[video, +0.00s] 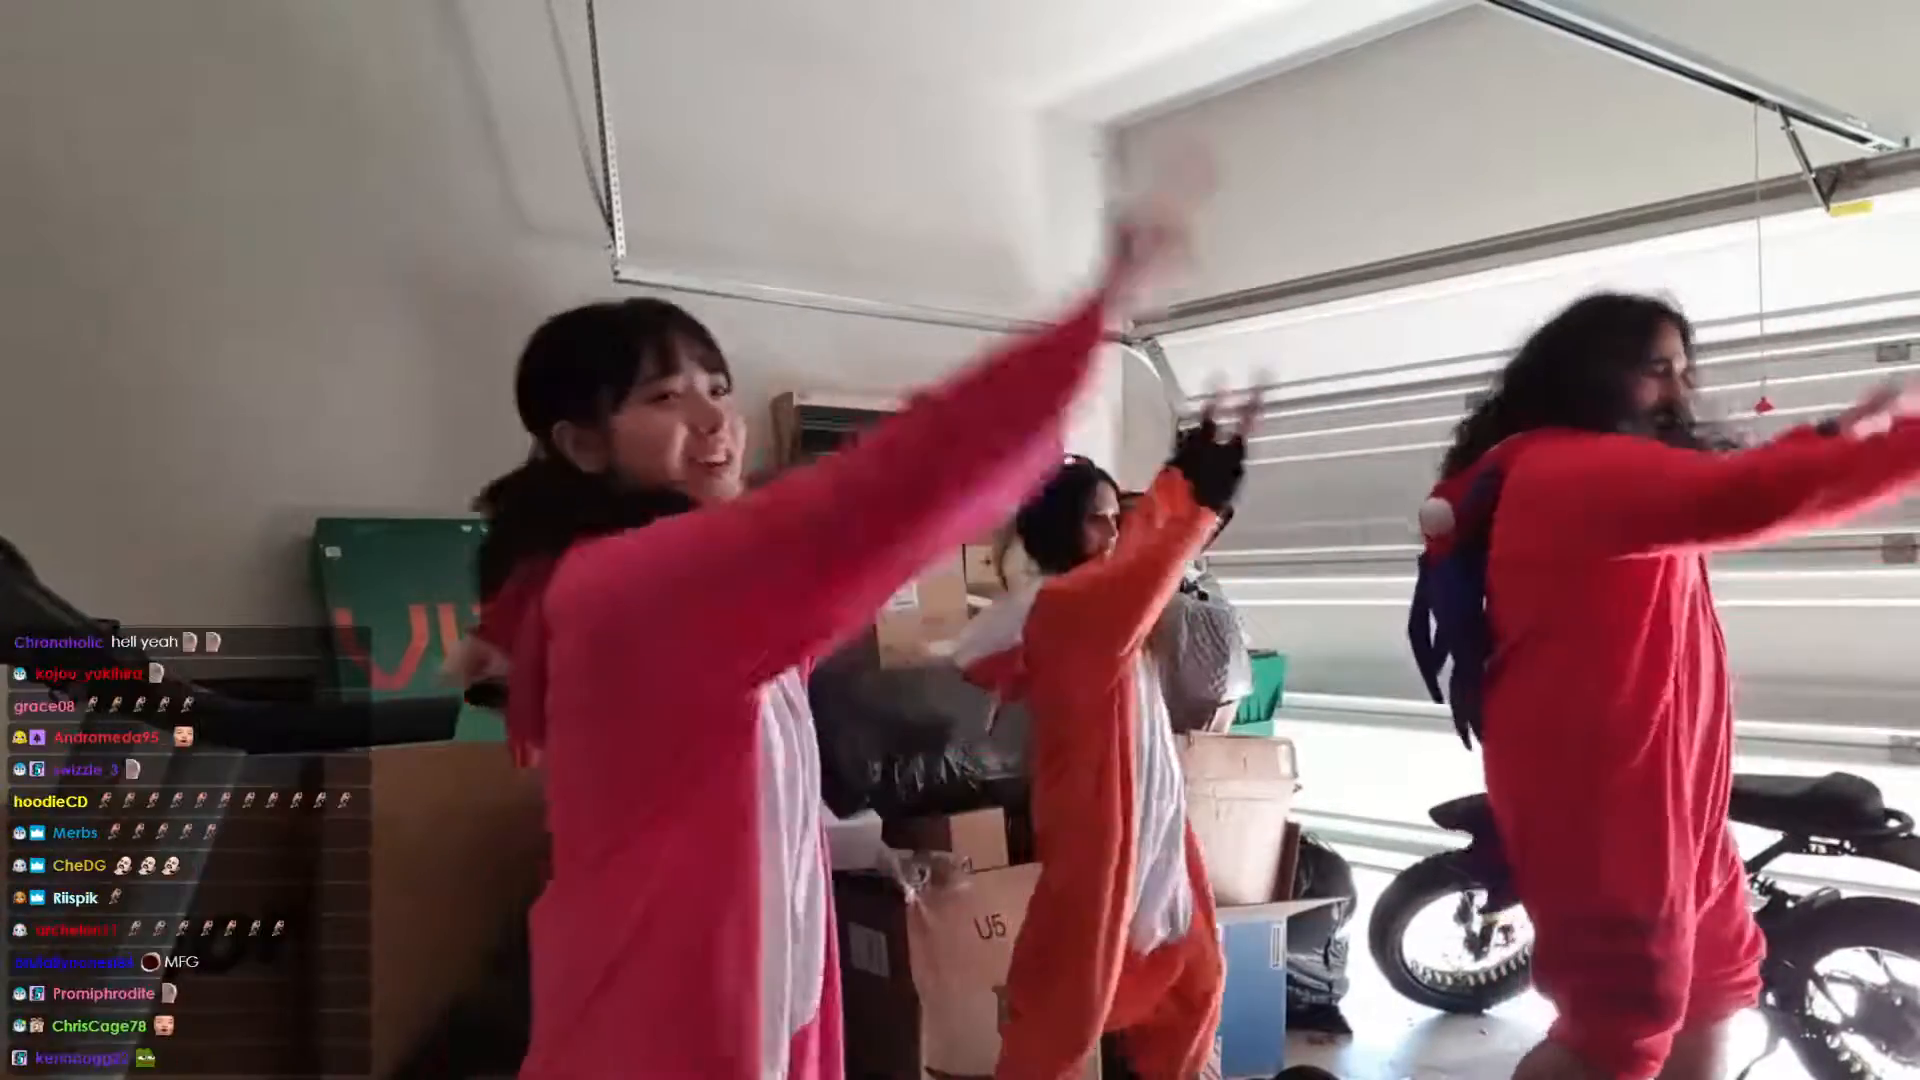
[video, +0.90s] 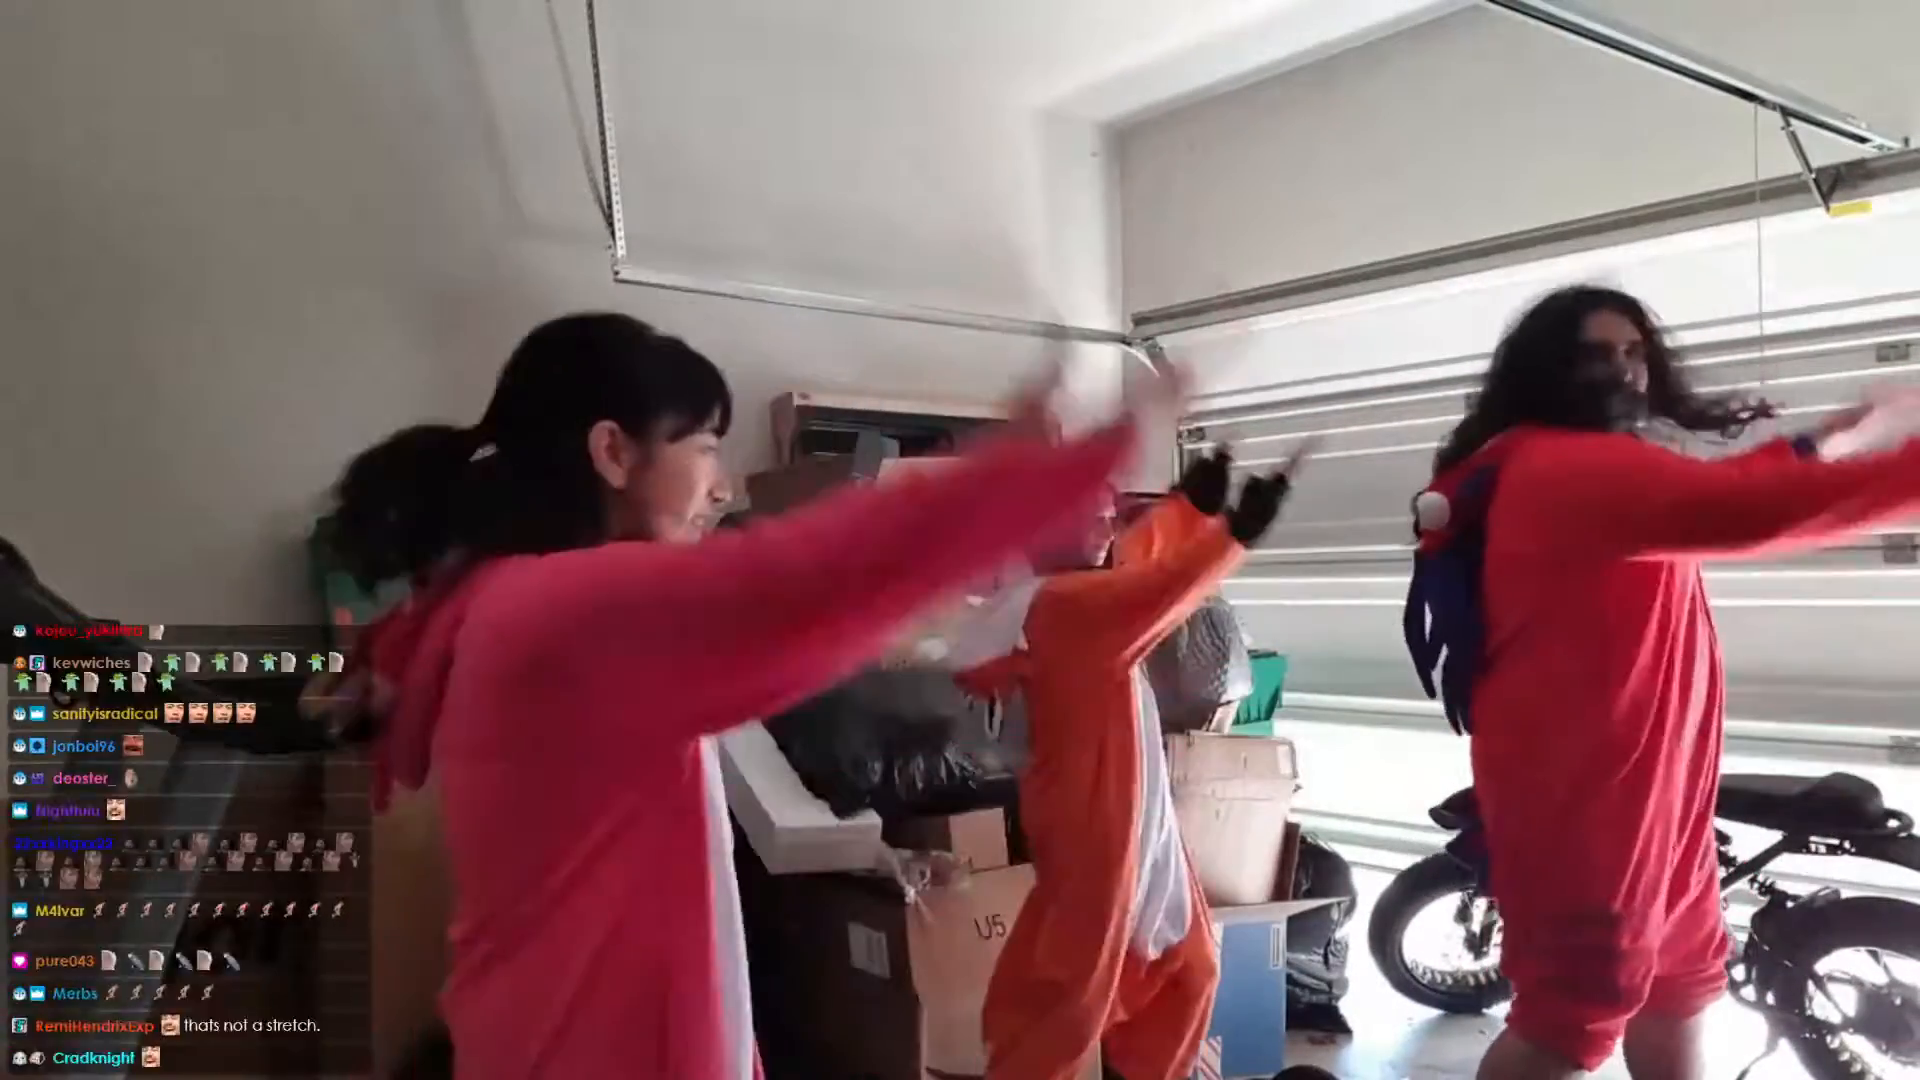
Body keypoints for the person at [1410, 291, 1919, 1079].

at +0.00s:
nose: (1679, 392)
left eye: (1684, 374)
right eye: (1657, 370)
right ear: (1592, 374)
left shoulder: (1621, 469)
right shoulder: (1559, 474)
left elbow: (1727, 473)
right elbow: (1734, 497)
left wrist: (1839, 432)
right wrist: (1909, 441)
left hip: (1671, 795)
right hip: (1598, 809)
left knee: (1716, 990)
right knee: (1620, 1030)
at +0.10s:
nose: (1703, 421)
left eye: (1706, 405)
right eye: (1689, 401)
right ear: (1630, 395)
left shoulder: (1620, 481)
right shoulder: (1570, 490)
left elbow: (1718, 447)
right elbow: (1753, 458)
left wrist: (1774, 346)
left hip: (1669, 795)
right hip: (1603, 815)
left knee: (1746, 984)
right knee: (1649, 1037)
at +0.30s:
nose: (1724, 403)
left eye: (1725, 382)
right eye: (1709, 381)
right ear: (1655, 381)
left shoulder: (1624, 466)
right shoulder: (1583, 468)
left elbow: (1737, 491)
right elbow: (1782, 513)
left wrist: (1828, 428)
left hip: (1651, 795)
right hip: (1592, 809)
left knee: (1700, 981)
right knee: (1614, 1028)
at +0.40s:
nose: (1725, 395)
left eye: (1729, 375)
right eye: (1712, 373)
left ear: (1634, 367)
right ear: (1657, 369)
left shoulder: (1617, 460)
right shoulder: (1604, 471)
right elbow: (1743, 596)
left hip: (1634, 788)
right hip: (1585, 795)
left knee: (1660, 989)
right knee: (1582, 1015)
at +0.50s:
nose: (1756, 407)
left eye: (1760, 388)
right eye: (1739, 384)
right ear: (1682, 379)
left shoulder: (1657, 476)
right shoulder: (1620, 484)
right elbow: (1655, 665)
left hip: (1626, 784)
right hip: (1575, 791)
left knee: (1643, 998)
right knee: (1571, 1019)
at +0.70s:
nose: (1734, 384)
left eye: (1735, 362)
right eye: (1717, 364)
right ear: (1668, 369)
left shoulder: (1669, 471)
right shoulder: (1614, 471)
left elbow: (1688, 645)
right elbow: (1641, 648)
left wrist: (1713, 782)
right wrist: (1714, 793)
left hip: (1633, 768)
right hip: (1569, 773)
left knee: (1638, 1000)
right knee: (1561, 1014)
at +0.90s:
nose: (1626, 373)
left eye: (1637, 355)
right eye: (1599, 356)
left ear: (1654, 367)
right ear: (1547, 370)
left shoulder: (1611, 464)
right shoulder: (1547, 469)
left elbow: (1713, 483)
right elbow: (1746, 504)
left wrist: (1831, 438)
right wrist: (1908, 465)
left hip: (1660, 791)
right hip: (1578, 805)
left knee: (1676, 990)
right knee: (1568, 1023)